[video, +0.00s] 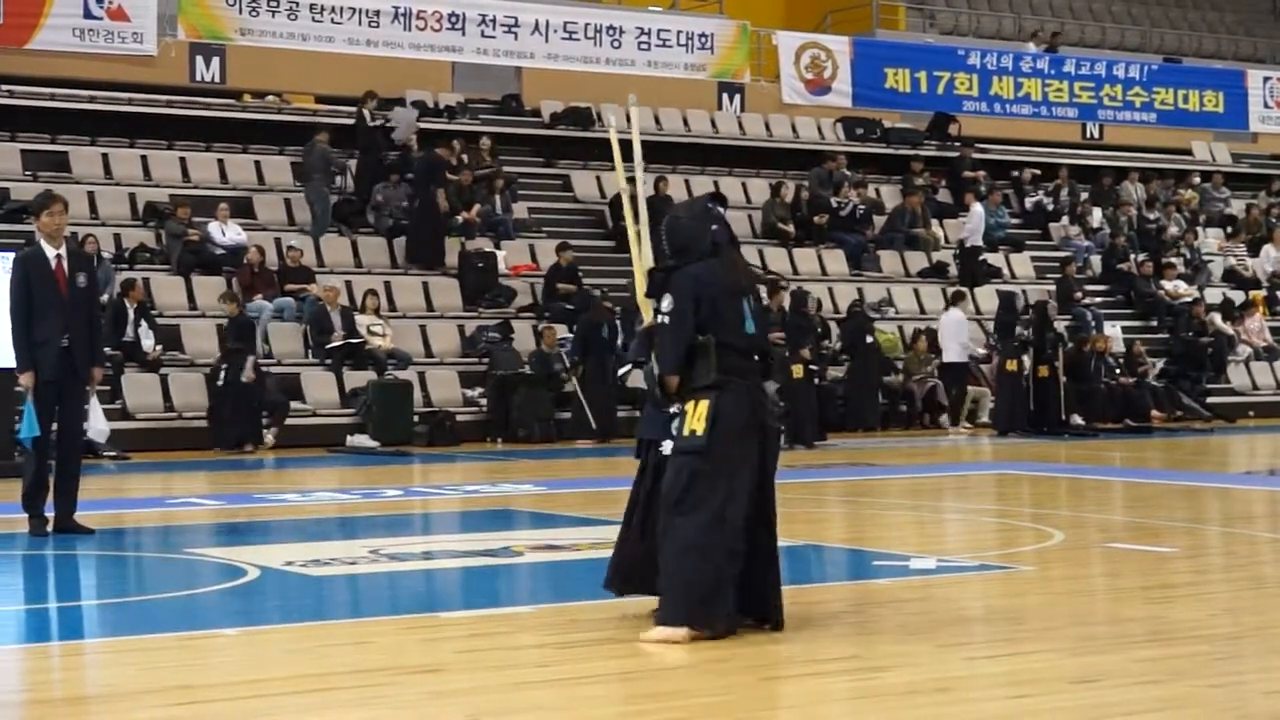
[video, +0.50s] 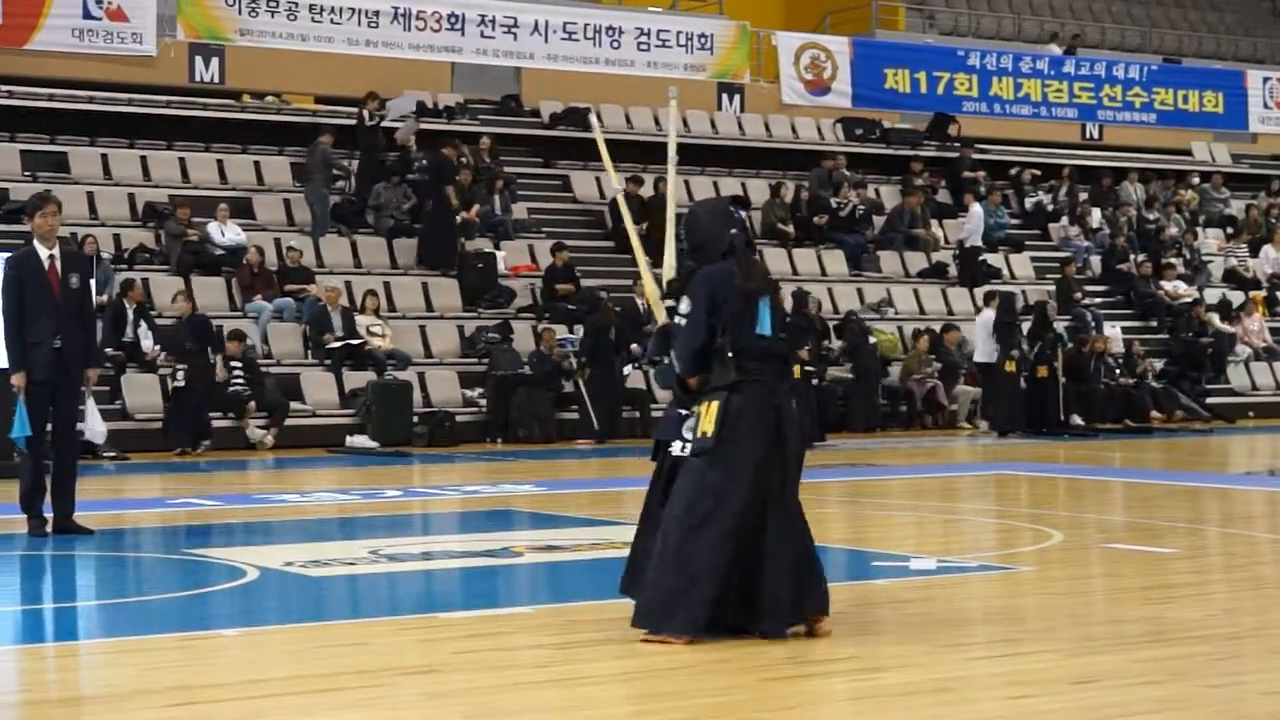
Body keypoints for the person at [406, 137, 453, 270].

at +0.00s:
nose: (449, 157)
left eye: (450, 154)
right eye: (449, 153)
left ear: (438, 148)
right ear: (445, 149)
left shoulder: (424, 157)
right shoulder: (439, 161)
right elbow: (439, 185)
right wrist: (443, 201)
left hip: (419, 198)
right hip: (431, 199)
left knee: (420, 228)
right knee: (435, 229)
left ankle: (417, 259)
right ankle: (435, 260)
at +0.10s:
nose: (449, 157)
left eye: (451, 155)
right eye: (450, 154)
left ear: (440, 149)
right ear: (445, 150)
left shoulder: (425, 157)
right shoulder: (439, 161)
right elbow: (439, 184)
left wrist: (454, 179)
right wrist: (442, 201)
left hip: (420, 198)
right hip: (431, 200)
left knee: (422, 229)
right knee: (436, 230)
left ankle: (421, 259)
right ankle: (437, 260)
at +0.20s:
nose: (451, 158)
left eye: (452, 155)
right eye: (452, 154)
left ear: (442, 148)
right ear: (447, 150)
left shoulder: (427, 157)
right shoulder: (441, 162)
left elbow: (440, 175)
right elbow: (440, 185)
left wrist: (456, 179)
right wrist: (444, 200)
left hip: (421, 200)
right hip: (433, 202)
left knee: (423, 230)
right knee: (438, 231)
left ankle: (421, 260)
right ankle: (440, 261)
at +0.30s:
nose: (451, 157)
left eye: (453, 155)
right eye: (452, 154)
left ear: (441, 148)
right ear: (447, 150)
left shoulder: (427, 158)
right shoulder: (442, 161)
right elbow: (442, 184)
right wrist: (446, 199)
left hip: (422, 200)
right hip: (434, 201)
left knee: (424, 230)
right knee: (440, 230)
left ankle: (422, 260)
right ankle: (443, 262)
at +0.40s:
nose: (452, 157)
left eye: (453, 154)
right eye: (452, 153)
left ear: (441, 149)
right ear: (447, 150)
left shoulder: (427, 159)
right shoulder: (442, 162)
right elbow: (444, 185)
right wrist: (450, 200)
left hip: (425, 201)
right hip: (437, 202)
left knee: (427, 230)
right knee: (444, 231)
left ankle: (425, 260)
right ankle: (445, 264)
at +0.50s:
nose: (455, 157)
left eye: (456, 154)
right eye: (454, 153)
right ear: (448, 149)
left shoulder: (426, 159)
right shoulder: (445, 161)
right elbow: (448, 185)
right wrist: (454, 201)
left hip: (427, 201)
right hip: (441, 202)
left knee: (429, 231)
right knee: (446, 232)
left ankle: (426, 261)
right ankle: (446, 264)